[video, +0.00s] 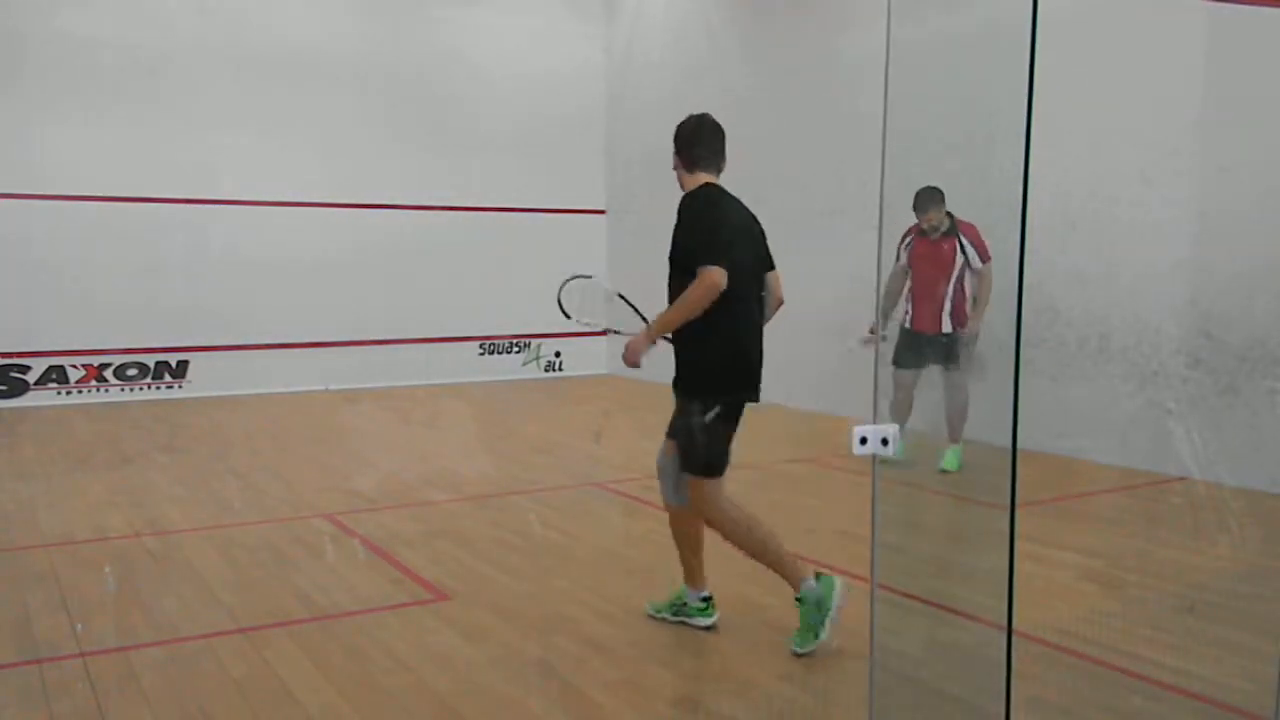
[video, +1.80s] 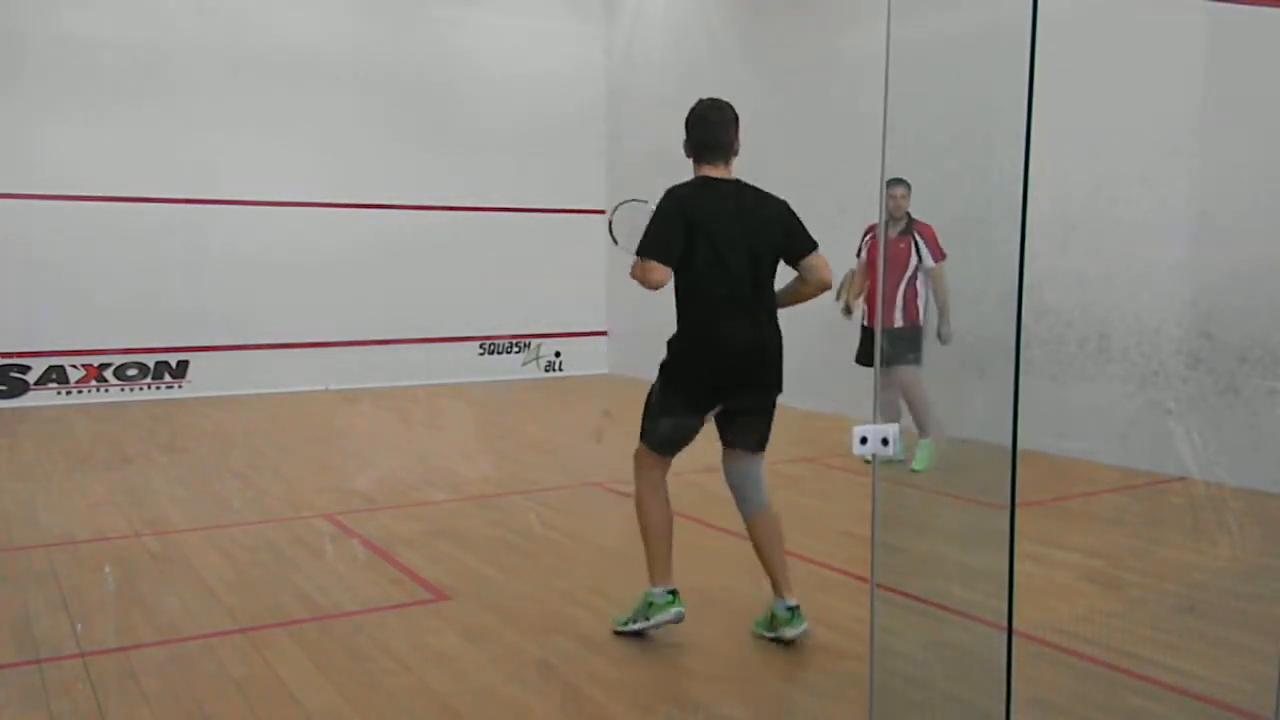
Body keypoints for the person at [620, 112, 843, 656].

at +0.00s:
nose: (671, 164)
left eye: (671, 156)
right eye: (682, 157)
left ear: (676, 159)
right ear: (722, 159)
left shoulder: (698, 208)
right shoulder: (740, 214)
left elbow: (712, 280)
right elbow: (773, 296)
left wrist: (651, 332)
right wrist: (722, 336)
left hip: (709, 377)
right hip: (723, 375)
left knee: (704, 498)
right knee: (671, 472)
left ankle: (810, 586)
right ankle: (695, 595)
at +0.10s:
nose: (653, 146)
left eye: (654, 138)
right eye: (658, 138)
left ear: (658, 140)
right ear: (703, 142)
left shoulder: (677, 189)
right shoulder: (719, 194)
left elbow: (697, 258)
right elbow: (753, 274)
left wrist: (650, 323)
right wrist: (702, 311)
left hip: (683, 350)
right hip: (717, 351)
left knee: (646, 471)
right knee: (683, 468)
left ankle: (742, 559)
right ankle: (694, 587)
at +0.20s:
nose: (634, 123)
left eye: (635, 115)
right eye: (637, 115)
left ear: (641, 117)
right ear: (685, 118)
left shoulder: (655, 163)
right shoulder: (709, 172)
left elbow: (681, 226)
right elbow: (741, 248)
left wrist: (638, 289)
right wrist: (695, 278)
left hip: (659, 331)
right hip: (702, 334)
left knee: (617, 449)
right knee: (681, 450)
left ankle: (666, 572)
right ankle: (694, 566)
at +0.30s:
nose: (617, 127)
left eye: (618, 118)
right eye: (621, 118)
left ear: (626, 121)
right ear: (669, 123)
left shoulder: (638, 168)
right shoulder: (696, 179)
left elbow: (659, 231)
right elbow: (730, 254)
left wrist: (609, 288)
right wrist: (677, 272)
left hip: (636, 333)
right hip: (684, 336)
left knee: (603, 451)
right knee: (665, 441)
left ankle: (599, 588)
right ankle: (694, 564)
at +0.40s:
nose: (603, 154)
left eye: (605, 147)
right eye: (607, 145)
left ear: (612, 153)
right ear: (655, 157)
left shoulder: (615, 207)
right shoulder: (681, 217)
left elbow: (628, 273)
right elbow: (713, 292)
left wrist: (579, 318)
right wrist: (658, 301)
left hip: (609, 367)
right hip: (664, 369)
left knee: (576, 475)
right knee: (654, 461)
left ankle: (585, 611)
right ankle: (686, 581)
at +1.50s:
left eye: (647, 134)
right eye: (688, 134)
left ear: (642, 141)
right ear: (692, 140)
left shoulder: (628, 198)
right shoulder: (723, 202)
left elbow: (620, 273)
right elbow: (757, 281)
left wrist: (598, 284)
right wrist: (715, 299)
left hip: (644, 356)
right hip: (703, 356)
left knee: (640, 480)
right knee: (709, 457)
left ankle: (645, 603)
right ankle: (712, 564)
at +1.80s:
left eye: (694, 139)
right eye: (735, 138)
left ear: (688, 146)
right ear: (738, 145)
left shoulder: (679, 202)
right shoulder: (770, 207)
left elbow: (653, 275)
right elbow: (819, 277)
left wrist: (647, 259)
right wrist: (771, 301)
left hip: (697, 360)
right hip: (759, 364)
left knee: (650, 464)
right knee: (747, 476)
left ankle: (661, 593)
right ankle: (786, 604)